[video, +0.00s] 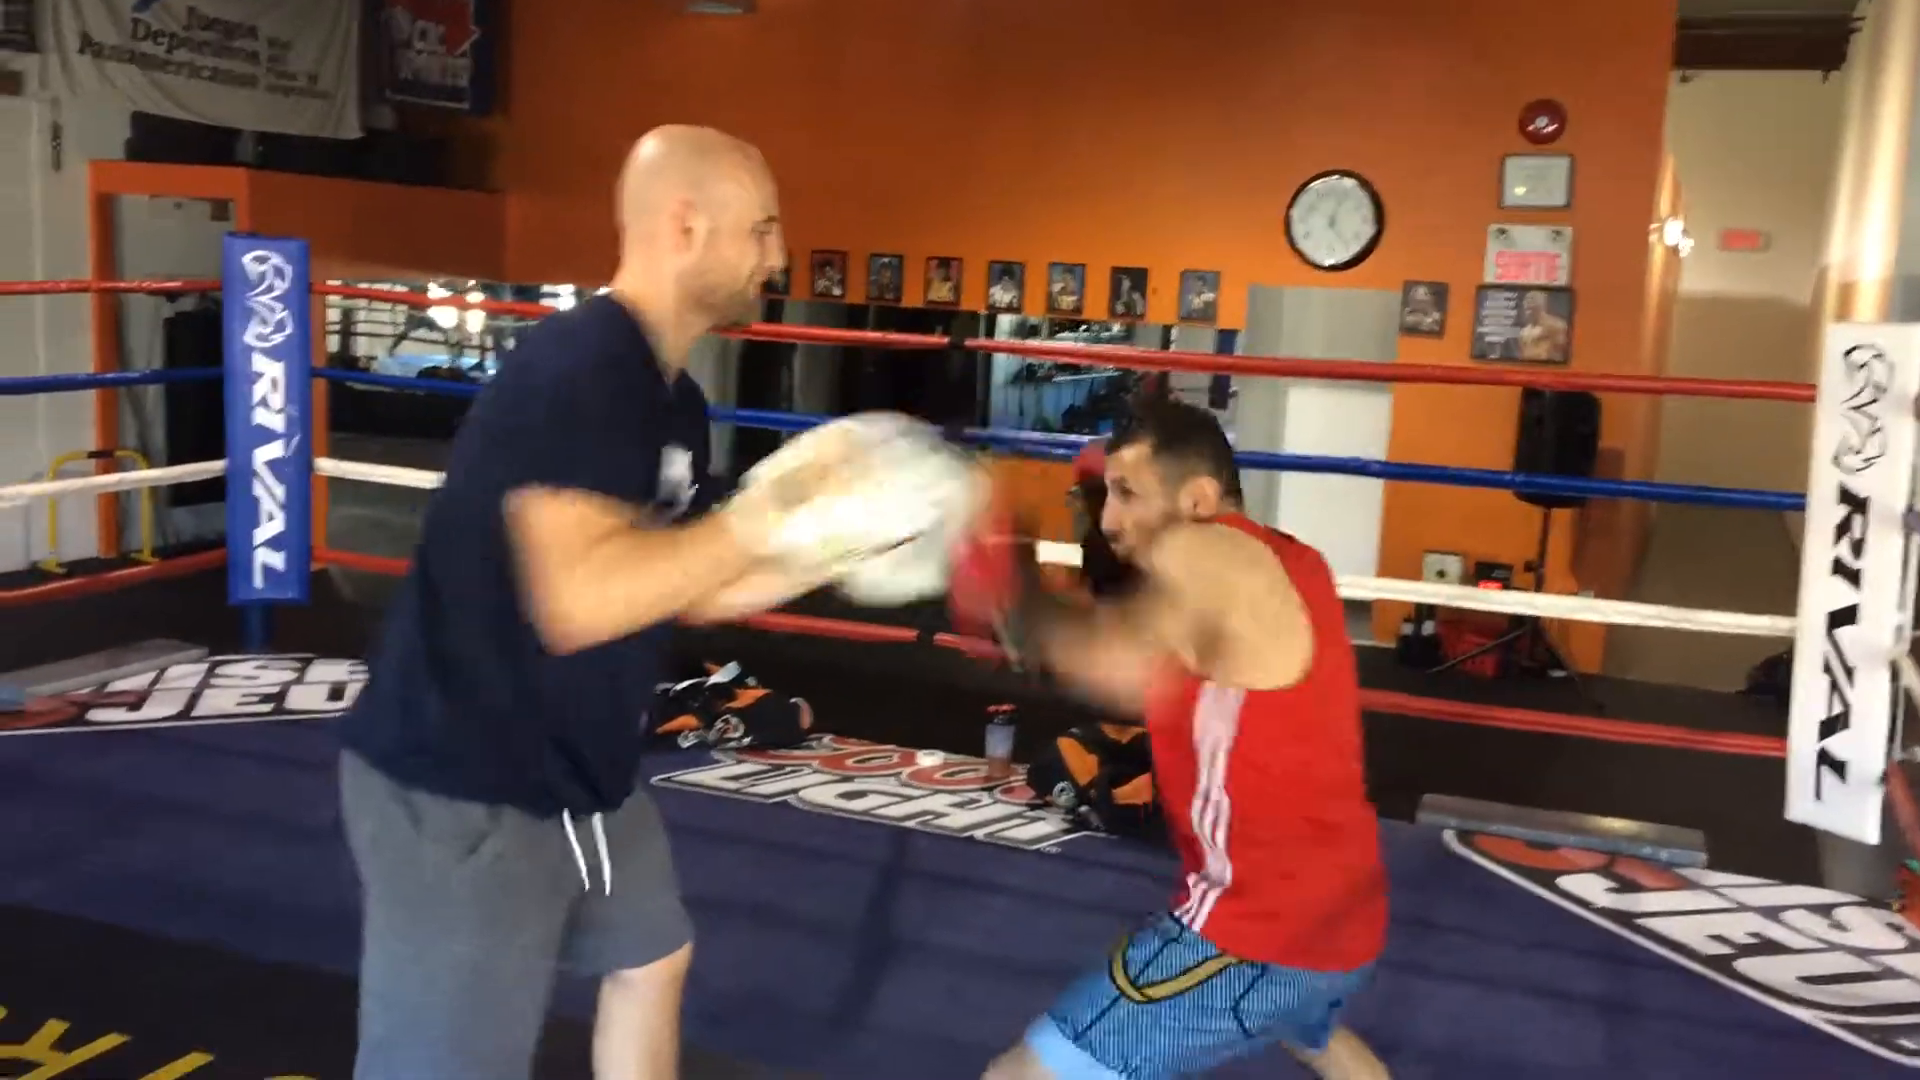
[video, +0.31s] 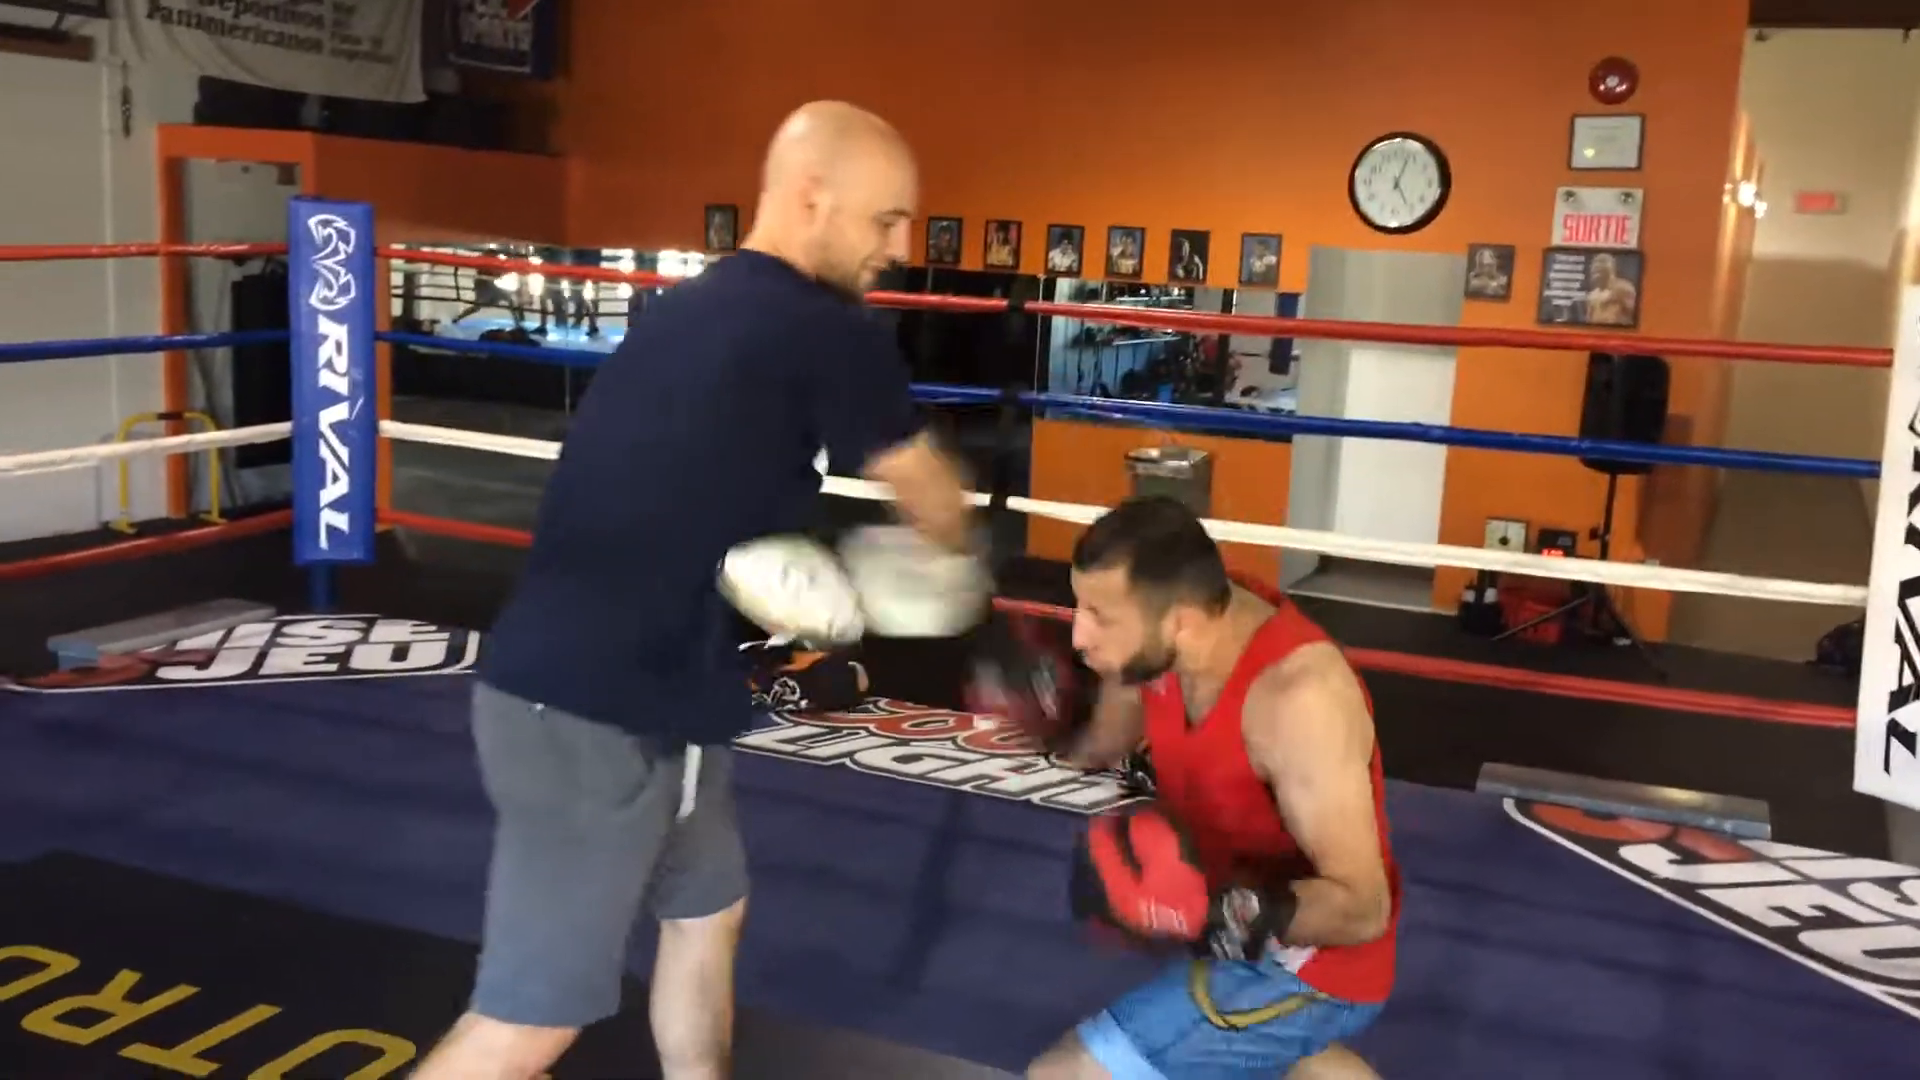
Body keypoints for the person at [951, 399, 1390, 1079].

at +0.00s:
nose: (1107, 517)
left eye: (1126, 495)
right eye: (1108, 493)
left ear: (1198, 498)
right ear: (1209, 503)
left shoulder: (1200, 555)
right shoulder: (1290, 560)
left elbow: (1118, 663)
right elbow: (1156, 683)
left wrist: (1015, 603)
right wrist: (1036, 618)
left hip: (1251, 933)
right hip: (1338, 924)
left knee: (1023, 1072)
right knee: (1317, 1036)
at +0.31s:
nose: (1076, 635)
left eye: (1100, 618)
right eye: (1078, 609)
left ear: (1180, 624)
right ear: (1179, 622)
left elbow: (1363, 905)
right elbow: (1100, 747)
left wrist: (1219, 912)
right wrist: (1046, 728)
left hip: (1316, 967)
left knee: (1060, 1073)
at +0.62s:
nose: (1134, 428)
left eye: (1146, 410)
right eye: (1136, 406)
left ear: (1208, 426)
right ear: (1269, 411)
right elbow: (1368, 625)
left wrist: (990, 652)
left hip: (1240, 868)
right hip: (1369, 846)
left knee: (1028, 1050)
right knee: (1413, 1022)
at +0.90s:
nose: (1080, 465)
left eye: (1092, 439)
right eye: (1077, 437)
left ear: (1167, 438)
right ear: (1184, 432)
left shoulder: (1224, 534)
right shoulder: (1299, 459)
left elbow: (1151, 756)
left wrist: (1057, 628)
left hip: (1313, 872)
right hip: (1414, 840)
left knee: (1064, 1031)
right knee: (1412, 994)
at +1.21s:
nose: (1153, 505)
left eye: (1174, 483)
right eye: (1155, 480)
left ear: (1242, 489)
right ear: (1254, 487)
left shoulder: (1275, 562)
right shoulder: (1359, 526)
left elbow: (1242, 756)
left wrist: (1141, 654)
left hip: (1385, 897)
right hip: (1476, 874)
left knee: (1117, 1032)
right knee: (1446, 971)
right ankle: (1510, 1077)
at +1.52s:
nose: (1242, 376)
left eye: (1264, 350)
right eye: (1243, 349)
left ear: (1342, 357)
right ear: (1348, 359)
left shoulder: (1374, 436)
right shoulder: (1424, 418)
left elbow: (1329, 633)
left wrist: (1225, 515)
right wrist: (1246, 515)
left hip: (1400, 796)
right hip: (1486, 791)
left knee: (1191, 984)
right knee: (1467, 964)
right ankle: (1515, 1076)